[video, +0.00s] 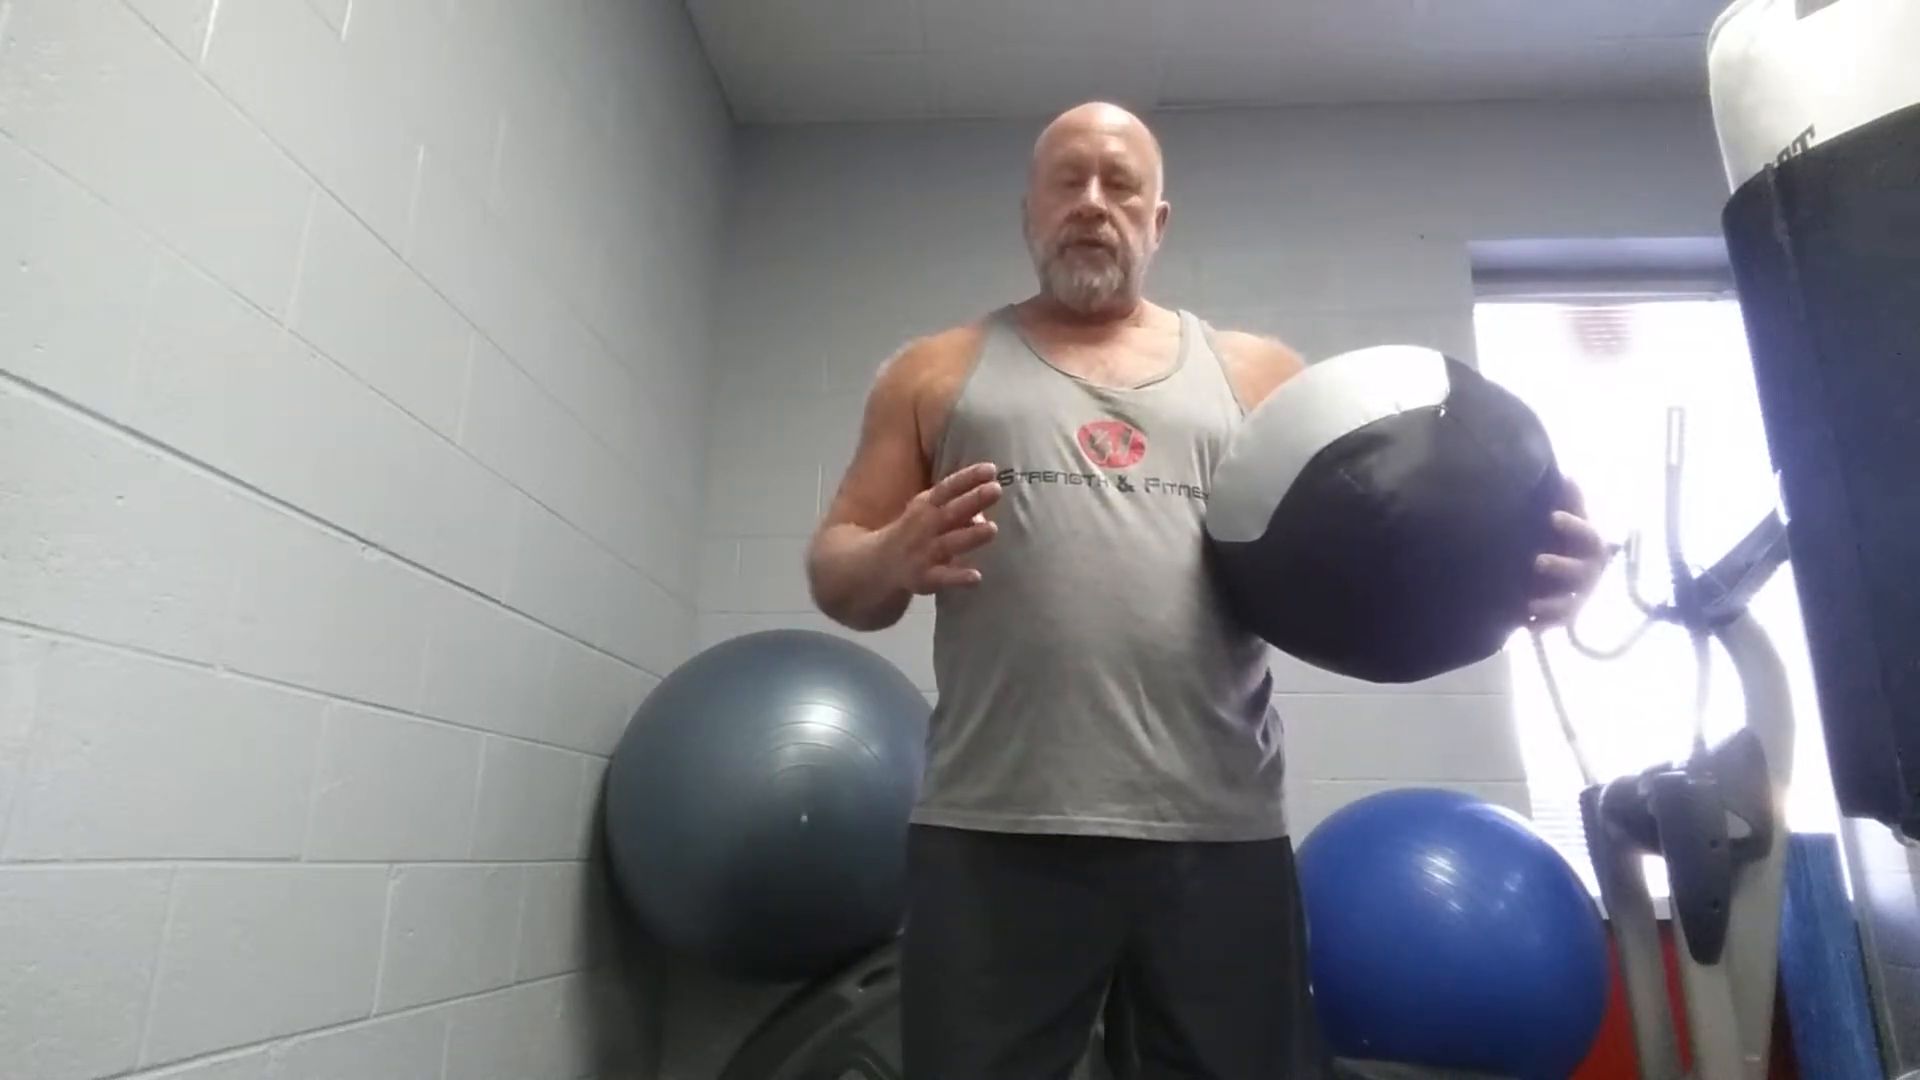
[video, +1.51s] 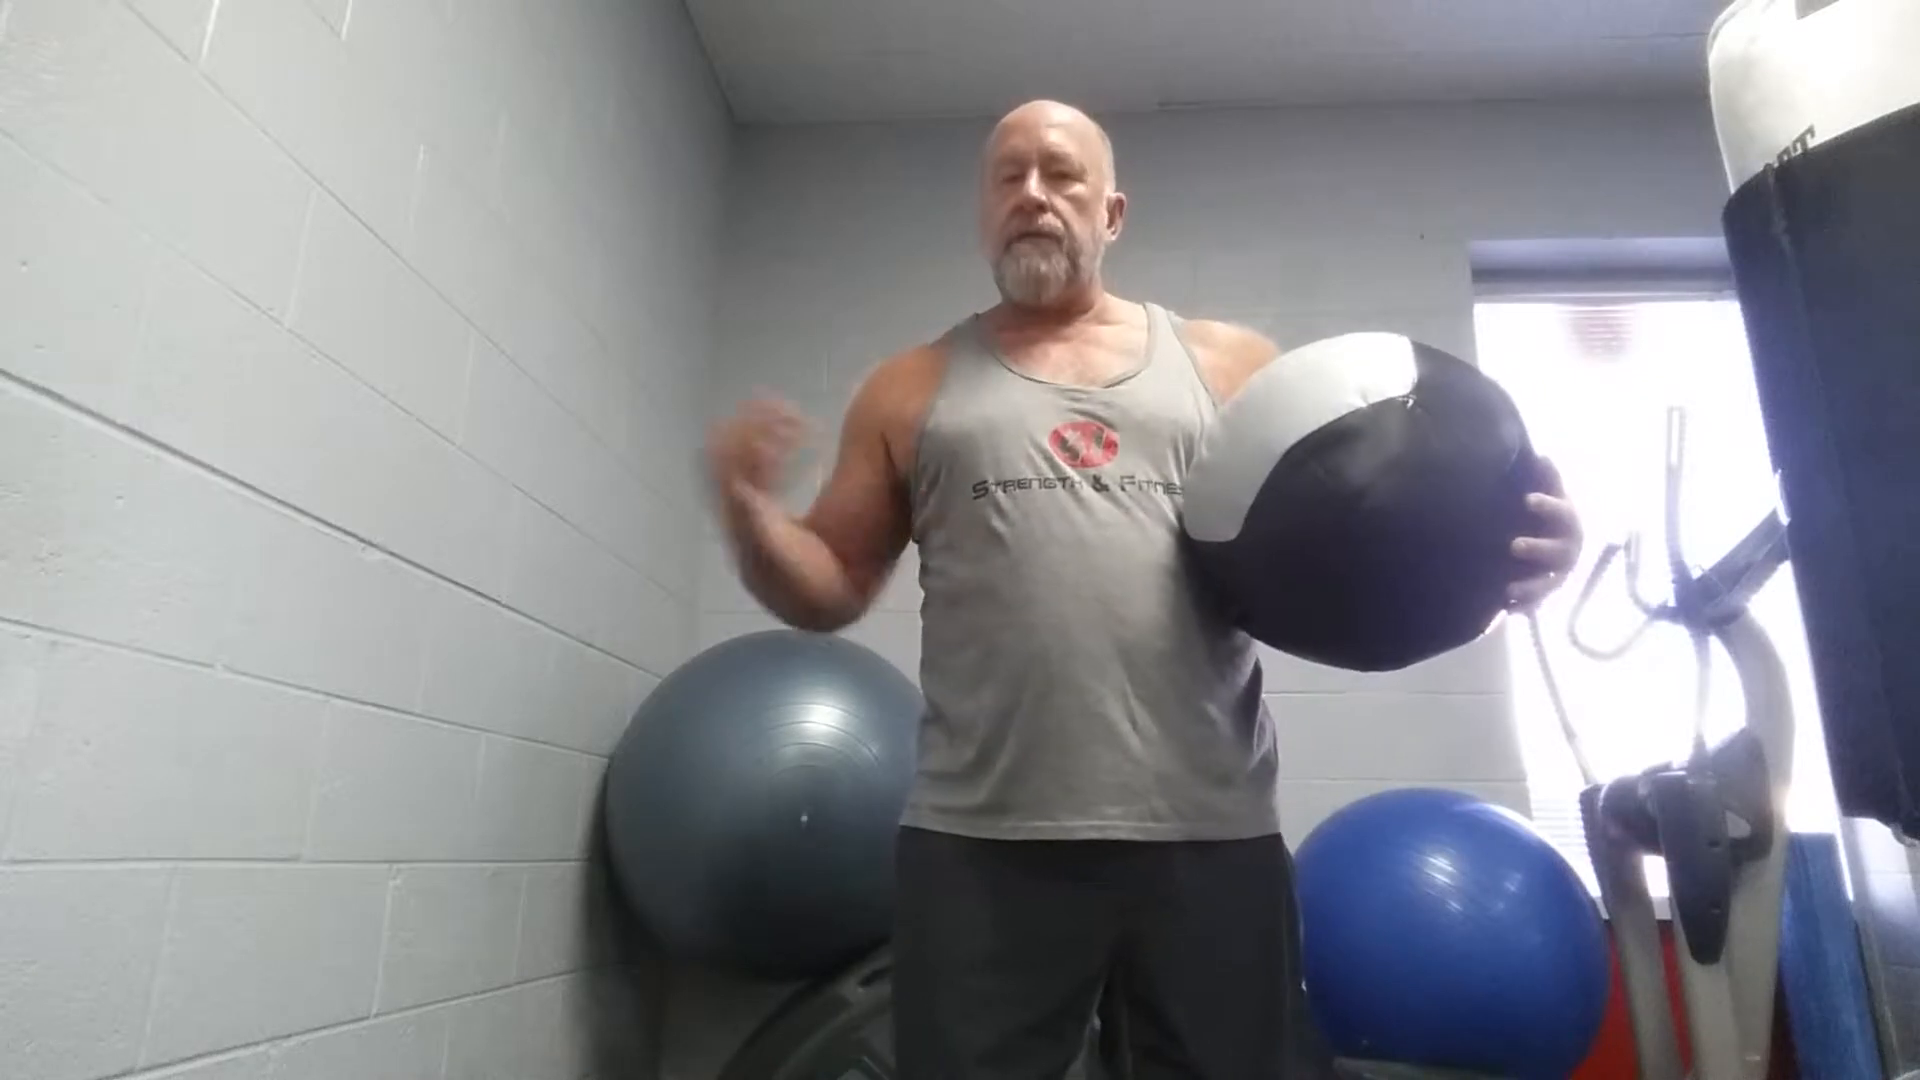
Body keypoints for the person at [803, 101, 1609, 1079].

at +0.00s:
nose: (1092, 203)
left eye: (1120, 184)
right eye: (1067, 179)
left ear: (1158, 216)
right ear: (1027, 208)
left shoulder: (1253, 371)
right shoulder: (932, 374)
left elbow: (1393, 532)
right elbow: (838, 583)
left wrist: (1539, 564)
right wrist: (890, 557)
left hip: (1218, 842)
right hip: (992, 840)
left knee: (1240, 1077)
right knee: (971, 1076)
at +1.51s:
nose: (1033, 193)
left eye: (1062, 174)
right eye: (1009, 176)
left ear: (1114, 213)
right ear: (978, 214)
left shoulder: (1228, 362)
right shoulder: (908, 390)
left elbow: (1369, 527)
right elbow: (828, 590)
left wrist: (1518, 548)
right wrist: (749, 510)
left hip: (1209, 839)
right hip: (984, 843)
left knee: (1239, 1068)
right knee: (970, 1067)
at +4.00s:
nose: (1066, 205)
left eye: (1094, 183)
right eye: (1042, 184)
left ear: (1144, 210)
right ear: (1007, 213)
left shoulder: (1246, 365)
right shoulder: (932, 382)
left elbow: (1387, 521)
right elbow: (822, 564)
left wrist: (1538, 559)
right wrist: (642, 505)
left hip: (1215, 839)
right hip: (988, 840)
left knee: (1253, 1074)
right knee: (970, 1076)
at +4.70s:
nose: (1094, 209)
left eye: (1124, 189)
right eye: (1070, 185)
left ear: (1167, 221)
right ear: (1034, 213)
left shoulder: (1266, 370)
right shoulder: (954, 379)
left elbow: (1412, 525)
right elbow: (873, 594)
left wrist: (1551, 570)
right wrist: (885, 512)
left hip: (1227, 838)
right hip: (999, 834)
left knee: (1249, 1071)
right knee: (978, 1070)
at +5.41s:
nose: (1109, 201)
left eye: (1137, 180)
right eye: (1084, 178)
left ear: (1181, 211)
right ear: (1043, 206)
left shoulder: (1281, 374)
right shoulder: (961, 382)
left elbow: (1415, 539)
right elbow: (864, 560)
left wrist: (1563, 579)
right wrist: (705, 573)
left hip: (1235, 851)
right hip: (1004, 847)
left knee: (1261, 1070)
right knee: (969, 1069)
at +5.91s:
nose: (1008, 190)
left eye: (1036, 167)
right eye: (982, 170)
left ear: (1088, 197)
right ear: (955, 207)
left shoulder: (1203, 335)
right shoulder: (900, 394)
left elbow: (1363, 475)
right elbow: (834, 583)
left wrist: (1507, 530)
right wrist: (740, 539)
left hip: (1173, 854)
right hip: (954, 859)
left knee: (1192, 1066)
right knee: (937, 1066)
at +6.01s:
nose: (997, 185)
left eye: (1026, 163)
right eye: (970, 166)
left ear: (1076, 201)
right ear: (941, 207)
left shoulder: (1180, 335)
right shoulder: (890, 400)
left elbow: (1347, 447)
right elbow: (829, 588)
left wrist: (1462, 524)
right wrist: (753, 563)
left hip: (1151, 858)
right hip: (941, 868)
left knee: (1157, 1075)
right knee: (931, 1077)